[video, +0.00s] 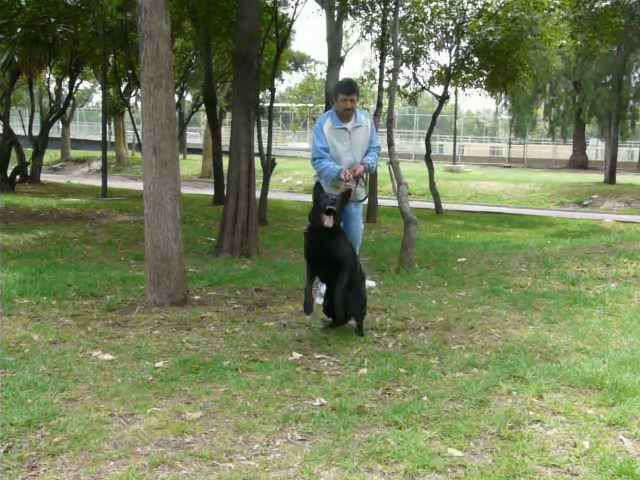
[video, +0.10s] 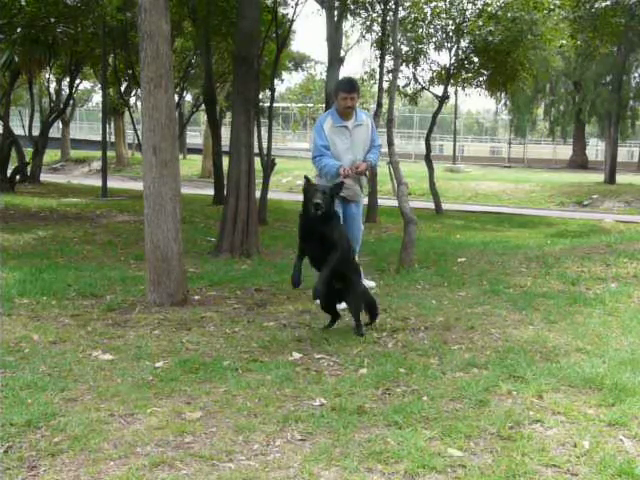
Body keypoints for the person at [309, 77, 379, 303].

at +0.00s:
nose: (349, 106)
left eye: (353, 101)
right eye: (344, 101)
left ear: (358, 101)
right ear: (335, 100)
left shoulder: (365, 120)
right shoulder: (323, 124)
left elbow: (374, 151)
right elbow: (319, 159)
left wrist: (364, 165)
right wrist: (339, 172)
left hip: (356, 192)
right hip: (329, 192)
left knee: (355, 239)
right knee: (327, 239)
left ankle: (351, 280)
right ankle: (322, 281)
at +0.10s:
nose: (349, 103)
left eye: (353, 98)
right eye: (345, 99)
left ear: (358, 99)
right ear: (335, 98)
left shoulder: (366, 120)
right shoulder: (324, 122)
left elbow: (375, 147)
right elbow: (319, 156)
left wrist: (367, 163)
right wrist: (338, 168)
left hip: (355, 187)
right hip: (330, 187)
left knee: (355, 236)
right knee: (334, 234)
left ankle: (353, 275)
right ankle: (332, 279)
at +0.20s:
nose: (350, 101)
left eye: (353, 97)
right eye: (345, 97)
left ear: (358, 98)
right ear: (336, 97)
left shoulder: (366, 119)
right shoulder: (324, 121)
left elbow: (375, 147)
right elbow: (320, 155)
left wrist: (368, 160)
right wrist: (339, 164)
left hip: (357, 188)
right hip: (332, 187)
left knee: (355, 237)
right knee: (331, 236)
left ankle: (350, 280)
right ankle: (326, 286)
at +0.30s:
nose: (350, 101)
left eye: (353, 96)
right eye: (345, 97)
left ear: (358, 97)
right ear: (336, 96)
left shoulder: (366, 118)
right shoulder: (325, 120)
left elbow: (374, 146)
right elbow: (321, 155)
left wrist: (369, 157)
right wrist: (342, 163)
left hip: (358, 186)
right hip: (332, 185)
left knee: (355, 235)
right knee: (334, 233)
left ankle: (350, 272)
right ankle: (330, 285)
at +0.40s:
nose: (350, 101)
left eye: (353, 96)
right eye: (345, 97)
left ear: (358, 96)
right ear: (336, 96)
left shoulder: (365, 117)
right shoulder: (326, 120)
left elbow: (373, 145)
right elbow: (324, 155)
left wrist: (369, 155)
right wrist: (345, 164)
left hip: (358, 186)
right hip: (333, 185)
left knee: (355, 235)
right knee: (337, 235)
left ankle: (353, 274)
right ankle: (330, 287)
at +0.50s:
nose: (350, 101)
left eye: (354, 96)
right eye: (346, 96)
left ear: (359, 96)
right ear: (337, 96)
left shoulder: (365, 117)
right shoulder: (326, 120)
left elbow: (373, 145)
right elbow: (325, 156)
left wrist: (370, 154)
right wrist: (345, 166)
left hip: (359, 185)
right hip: (333, 186)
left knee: (356, 236)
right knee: (336, 236)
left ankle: (348, 277)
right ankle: (326, 285)